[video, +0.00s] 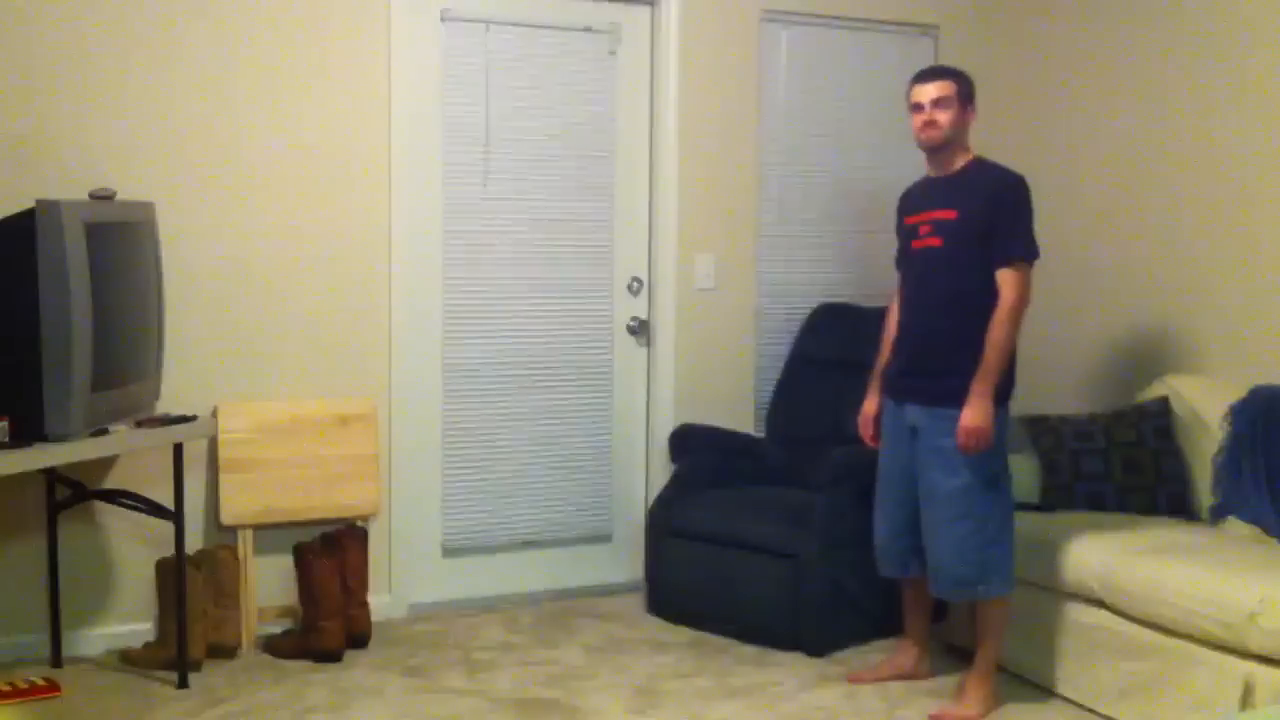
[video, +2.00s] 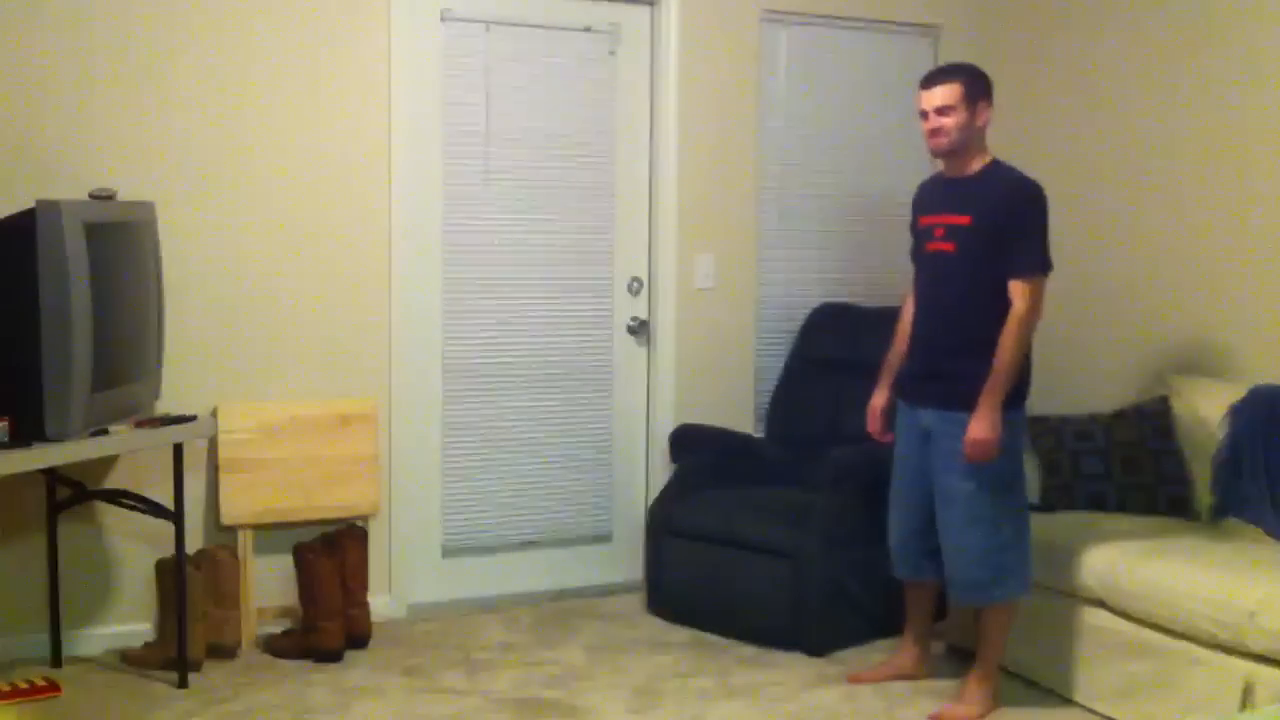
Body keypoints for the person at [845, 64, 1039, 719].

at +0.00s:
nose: (928, 116)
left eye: (941, 105)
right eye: (918, 108)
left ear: (968, 114)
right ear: (909, 121)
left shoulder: (1002, 189)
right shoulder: (912, 201)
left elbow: (1012, 299)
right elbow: (902, 299)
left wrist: (982, 397)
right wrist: (876, 387)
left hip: (964, 404)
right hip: (904, 400)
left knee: (980, 543)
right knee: (908, 530)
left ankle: (983, 677)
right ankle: (913, 651)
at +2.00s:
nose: (933, 125)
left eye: (945, 112)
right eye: (925, 115)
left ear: (982, 114)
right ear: (921, 123)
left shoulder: (1016, 194)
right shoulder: (927, 196)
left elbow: (1024, 308)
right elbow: (916, 299)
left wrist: (990, 406)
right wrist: (885, 384)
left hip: (980, 410)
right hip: (919, 402)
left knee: (989, 548)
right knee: (915, 534)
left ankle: (984, 679)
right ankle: (913, 652)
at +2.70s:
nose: (951, 131)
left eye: (963, 117)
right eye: (945, 120)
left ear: (1002, 116)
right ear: (942, 126)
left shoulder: (1045, 194)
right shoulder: (954, 202)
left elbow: (1058, 307)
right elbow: (946, 303)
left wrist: (1028, 410)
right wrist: (915, 391)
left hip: (1003, 416)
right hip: (938, 407)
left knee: (1001, 559)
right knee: (928, 544)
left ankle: (989, 684)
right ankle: (979, 650)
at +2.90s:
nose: (957, 127)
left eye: (969, 114)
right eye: (952, 117)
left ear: (1009, 114)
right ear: (951, 124)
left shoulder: (1050, 194)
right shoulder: (960, 201)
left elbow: (1059, 311)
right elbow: (949, 306)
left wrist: (1025, 412)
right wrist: (916, 393)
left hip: (1003, 419)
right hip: (939, 411)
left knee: (1001, 565)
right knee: (932, 549)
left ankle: (986, 690)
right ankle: (987, 650)